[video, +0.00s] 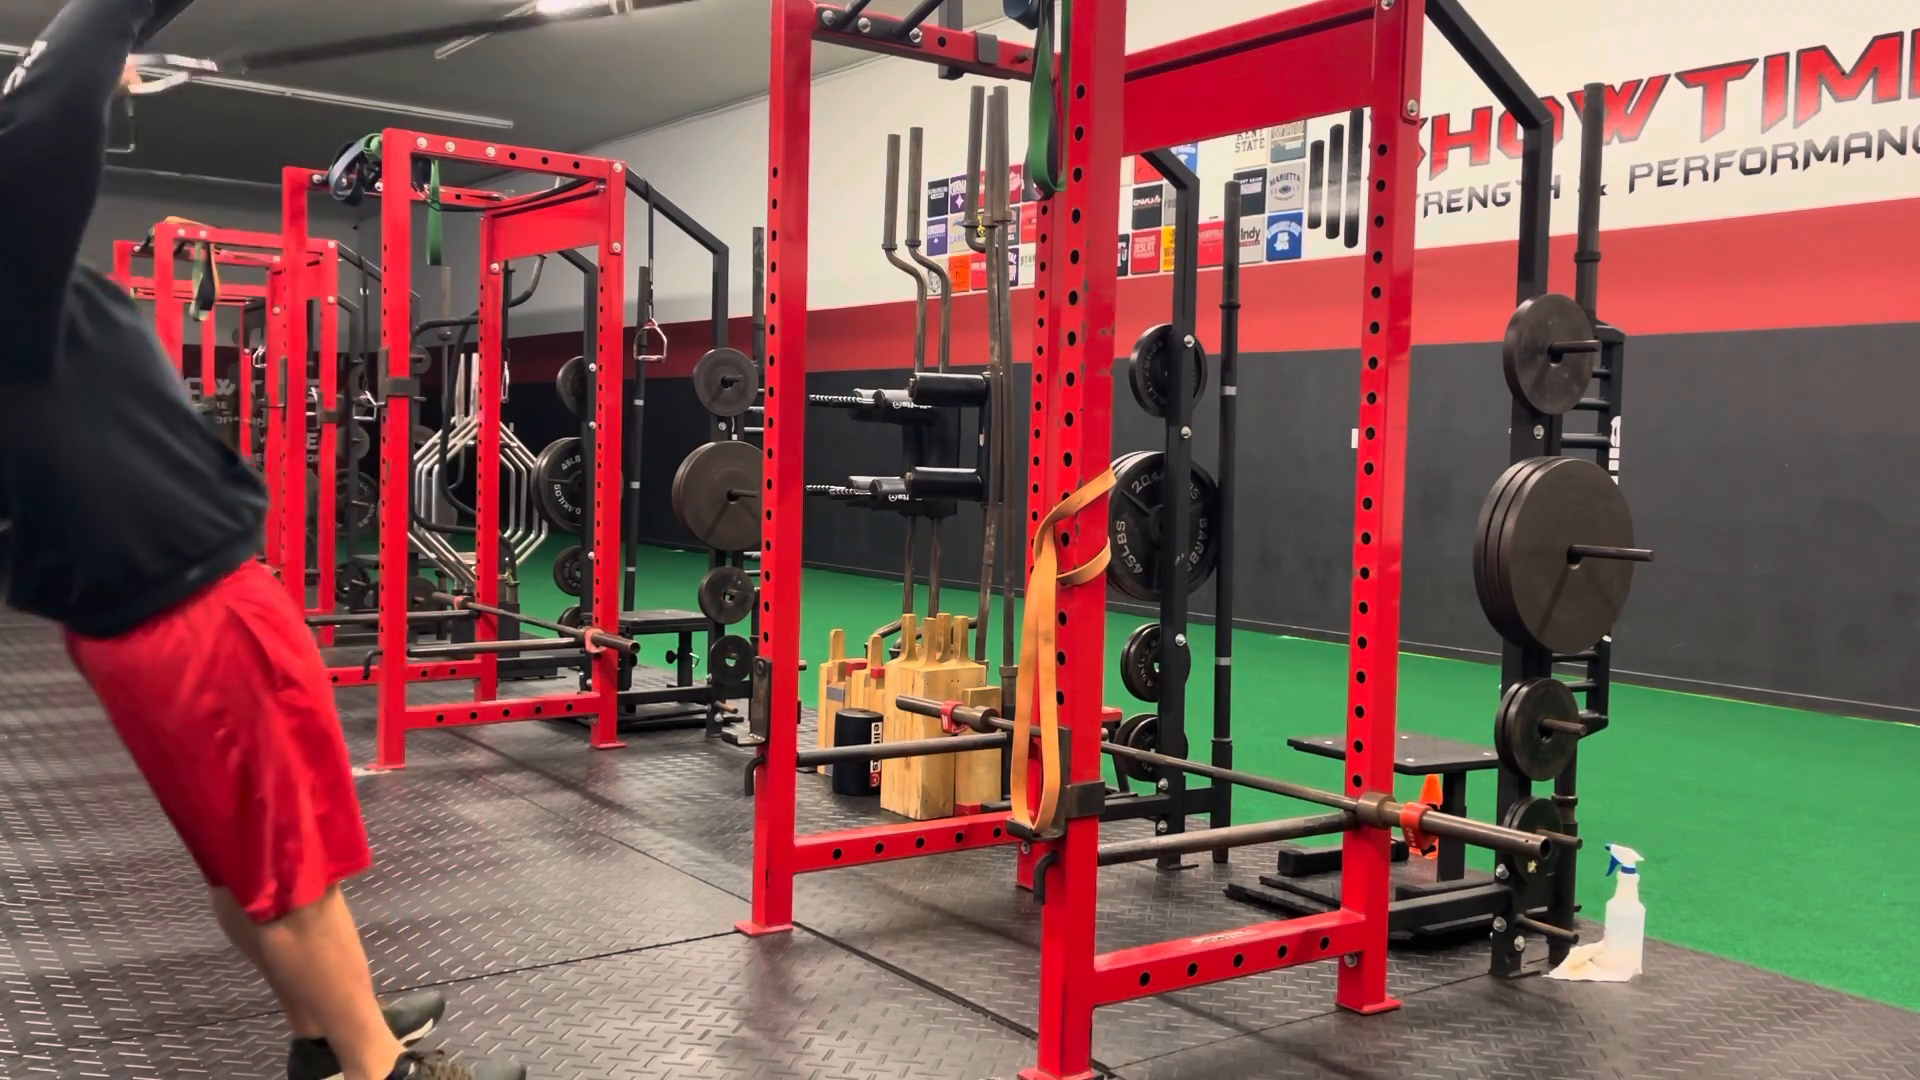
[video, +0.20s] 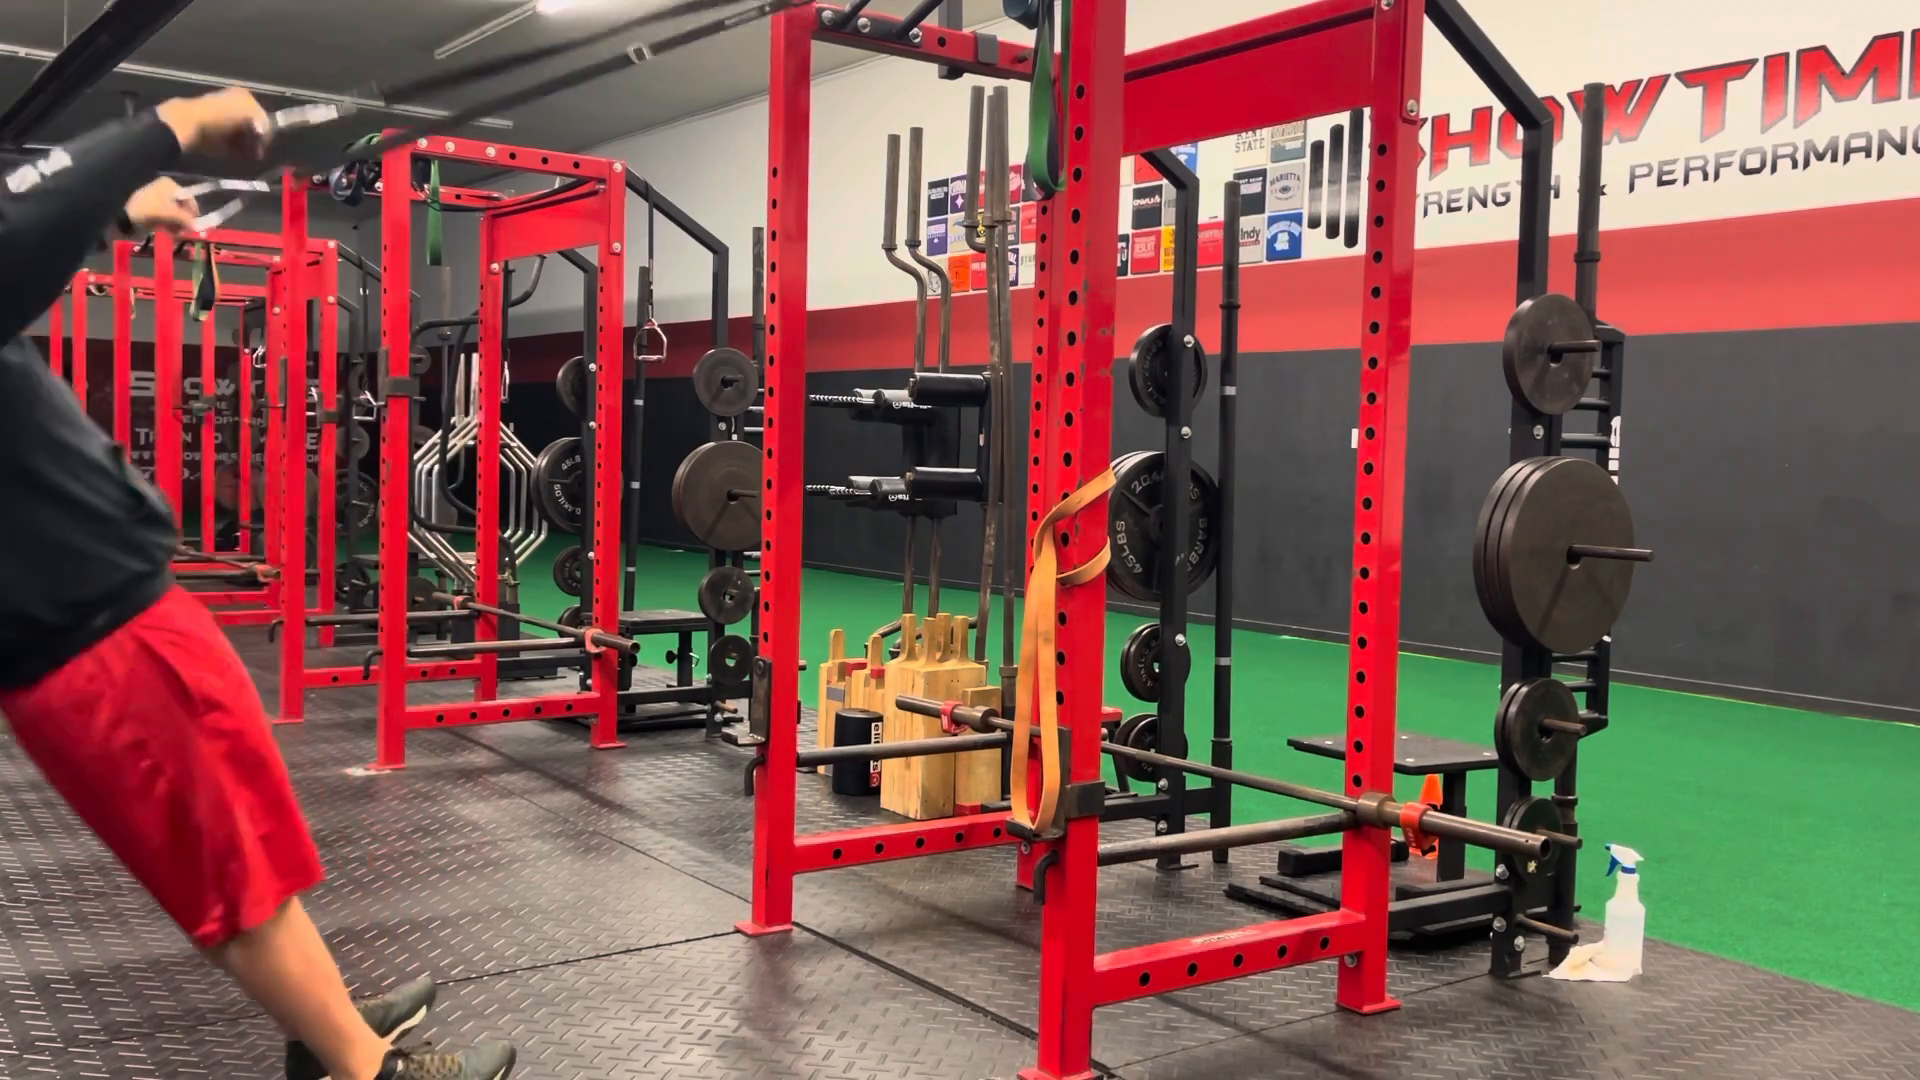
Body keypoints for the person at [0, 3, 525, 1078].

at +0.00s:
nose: (111, 98)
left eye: (106, 83)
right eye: (92, 80)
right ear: (38, 127)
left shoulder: (27, 263)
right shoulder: (19, 260)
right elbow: (71, 70)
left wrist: (92, 70)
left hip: (131, 616)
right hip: (186, 609)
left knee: (248, 863)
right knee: (292, 877)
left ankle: (329, 1032)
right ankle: (376, 1061)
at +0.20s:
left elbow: (15, 250)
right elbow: (17, 236)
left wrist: (114, 207)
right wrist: (165, 126)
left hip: (69, 601)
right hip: (75, 608)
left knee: (214, 831)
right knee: (231, 851)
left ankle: (324, 1028)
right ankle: (366, 1065)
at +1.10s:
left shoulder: (33, 281)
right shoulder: (20, 282)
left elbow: (48, 155)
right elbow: (52, 154)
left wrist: (116, 24)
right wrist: (131, 12)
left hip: (154, 612)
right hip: (185, 609)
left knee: (261, 854)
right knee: (295, 864)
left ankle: (333, 1030)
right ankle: (374, 1058)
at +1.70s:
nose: (201, 130)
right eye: (184, 113)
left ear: (88, 146)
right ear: (161, 125)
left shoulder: (103, 280)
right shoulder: (187, 238)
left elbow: (67, 170)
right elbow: (180, 81)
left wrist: (64, 48)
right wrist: (136, 2)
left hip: (238, 603)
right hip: (322, 596)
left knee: (292, 843)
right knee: (356, 858)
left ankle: (331, 1023)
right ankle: (389, 1060)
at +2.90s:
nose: (132, 112)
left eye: (136, 97)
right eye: (121, 92)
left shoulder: (36, 291)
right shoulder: (25, 292)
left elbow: (48, 154)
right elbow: (54, 134)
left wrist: (107, 81)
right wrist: (133, 8)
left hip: (170, 615)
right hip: (209, 613)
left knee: (267, 855)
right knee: (311, 865)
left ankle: (329, 1033)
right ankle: (383, 1061)